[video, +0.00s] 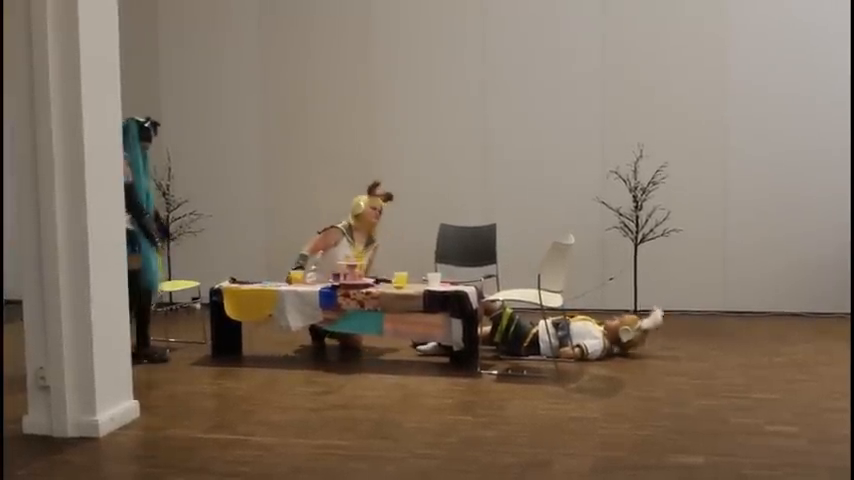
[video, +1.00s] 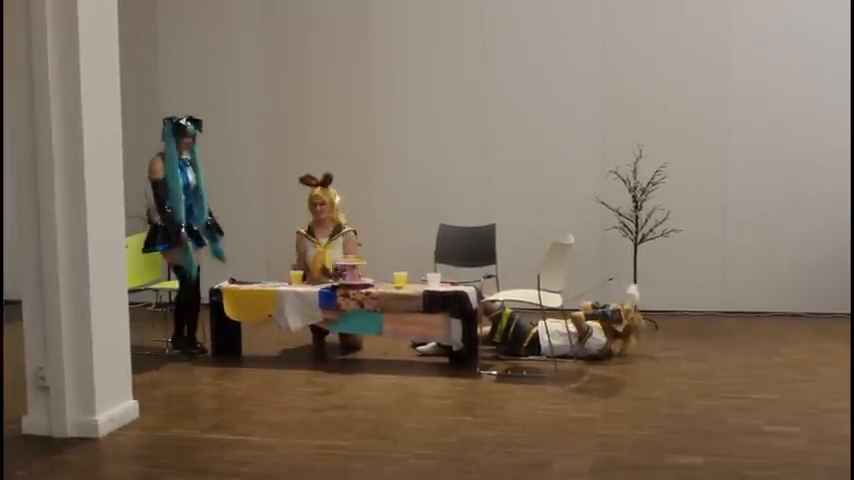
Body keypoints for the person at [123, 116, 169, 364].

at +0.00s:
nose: (150, 145)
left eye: (151, 140)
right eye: (147, 139)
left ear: (139, 137)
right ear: (137, 138)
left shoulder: (138, 161)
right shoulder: (127, 161)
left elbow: (145, 199)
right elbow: (134, 204)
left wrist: (160, 224)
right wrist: (154, 234)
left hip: (139, 235)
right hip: (131, 236)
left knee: (142, 291)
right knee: (143, 290)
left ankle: (142, 344)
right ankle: (143, 345)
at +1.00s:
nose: (189, 142)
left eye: (191, 138)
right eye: (185, 138)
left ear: (193, 139)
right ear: (174, 137)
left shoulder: (188, 161)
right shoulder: (160, 163)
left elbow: (198, 197)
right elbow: (161, 203)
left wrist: (212, 221)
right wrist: (179, 231)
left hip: (191, 229)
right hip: (171, 231)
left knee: (194, 283)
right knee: (187, 282)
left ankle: (190, 337)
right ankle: (179, 337)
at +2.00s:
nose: (177, 204)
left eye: (179, 201)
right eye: (174, 201)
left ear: (179, 199)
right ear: (164, 198)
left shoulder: (174, 216)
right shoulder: (148, 217)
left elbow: (183, 243)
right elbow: (136, 253)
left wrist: (178, 259)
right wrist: (163, 261)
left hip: (174, 268)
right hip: (155, 272)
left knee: (207, 290)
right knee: (193, 291)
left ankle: (190, 338)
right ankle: (178, 341)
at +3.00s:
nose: (183, 199)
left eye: (184, 195)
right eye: (179, 194)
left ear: (184, 196)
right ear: (168, 195)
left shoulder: (182, 215)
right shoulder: (151, 217)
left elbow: (188, 250)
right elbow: (162, 254)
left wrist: (199, 265)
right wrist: (191, 269)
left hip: (178, 266)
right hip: (157, 270)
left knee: (206, 284)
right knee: (199, 285)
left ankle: (199, 337)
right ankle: (192, 340)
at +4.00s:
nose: (189, 208)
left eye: (190, 204)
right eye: (186, 204)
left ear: (190, 205)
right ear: (175, 203)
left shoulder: (185, 222)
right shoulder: (154, 222)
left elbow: (191, 254)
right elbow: (164, 260)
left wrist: (199, 268)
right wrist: (192, 271)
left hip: (179, 270)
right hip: (158, 273)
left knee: (206, 285)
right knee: (198, 286)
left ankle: (199, 340)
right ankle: (192, 343)